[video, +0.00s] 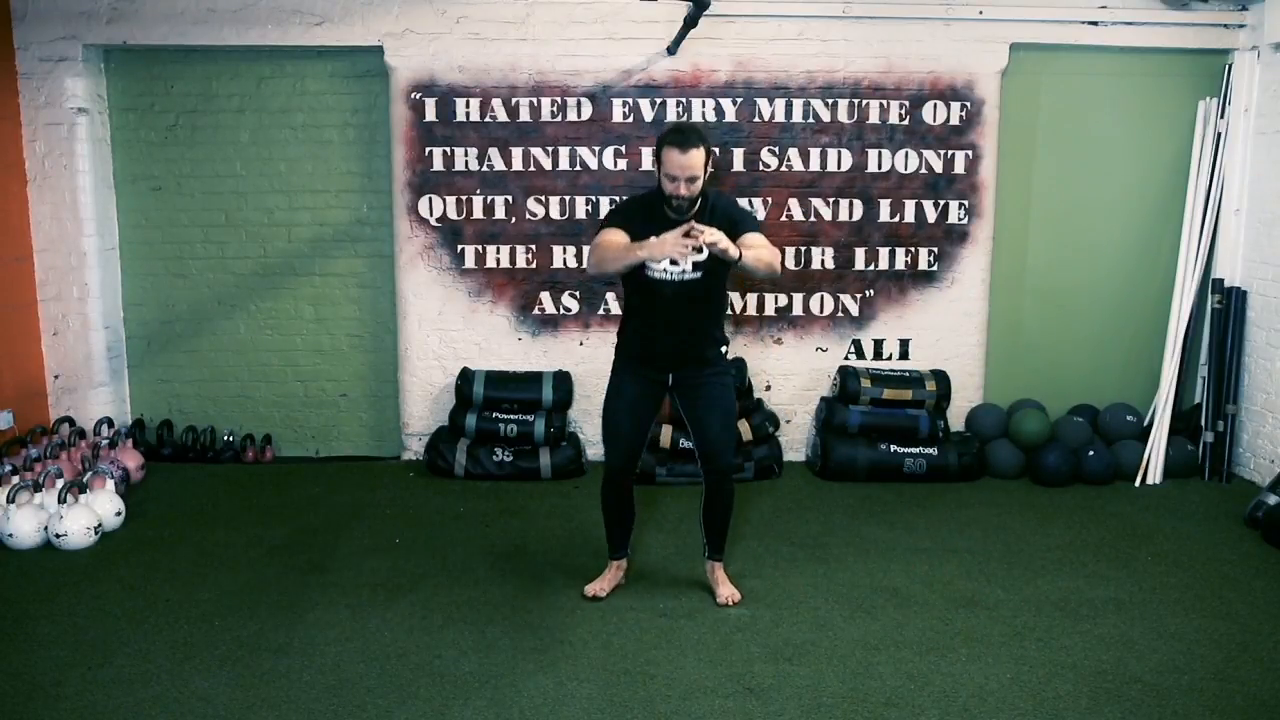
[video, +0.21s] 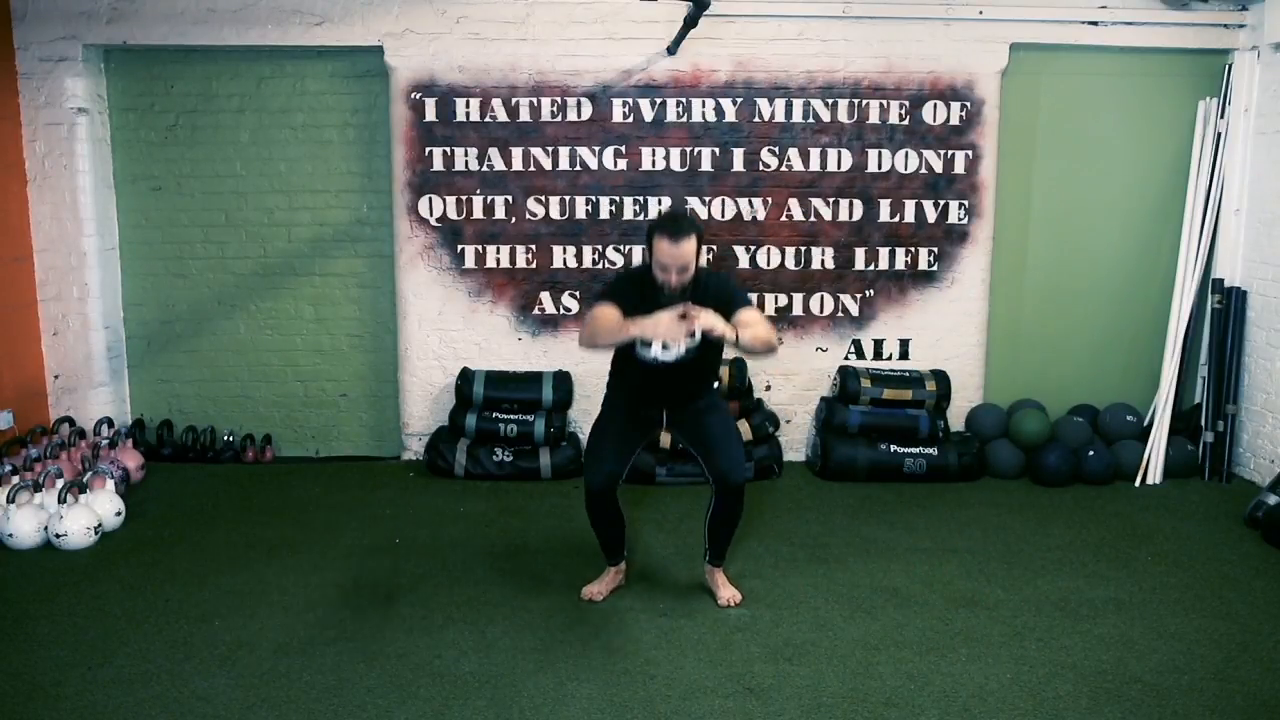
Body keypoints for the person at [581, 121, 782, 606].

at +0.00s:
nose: (680, 189)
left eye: (690, 179)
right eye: (671, 178)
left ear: (706, 170)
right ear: (658, 169)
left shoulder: (723, 210)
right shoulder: (638, 210)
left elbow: (773, 265)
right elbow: (597, 259)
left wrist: (731, 250)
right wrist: (651, 246)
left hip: (703, 362)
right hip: (638, 360)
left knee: (721, 464)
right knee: (618, 463)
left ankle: (715, 562)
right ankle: (617, 560)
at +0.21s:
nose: (672, 278)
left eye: (682, 269)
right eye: (664, 269)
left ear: (698, 256)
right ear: (650, 256)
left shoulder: (717, 288)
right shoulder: (629, 284)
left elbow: (767, 339)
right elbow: (590, 333)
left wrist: (728, 331)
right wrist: (646, 326)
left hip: (696, 400)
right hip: (631, 400)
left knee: (733, 476)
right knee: (597, 480)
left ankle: (715, 567)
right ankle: (615, 565)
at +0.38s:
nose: (668, 356)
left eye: (678, 347)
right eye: (659, 346)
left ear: (693, 332)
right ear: (646, 331)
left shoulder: (713, 353)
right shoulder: (628, 351)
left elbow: (759, 412)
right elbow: (589, 405)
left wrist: (725, 411)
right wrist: (639, 405)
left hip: (698, 439)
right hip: (635, 439)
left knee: (739, 486)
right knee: (592, 490)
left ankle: (715, 568)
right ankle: (615, 568)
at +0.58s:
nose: (667, 407)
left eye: (677, 397)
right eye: (657, 397)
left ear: (691, 381)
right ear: (641, 382)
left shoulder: (710, 404)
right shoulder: (624, 403)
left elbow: (757, 463)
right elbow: (589, 461)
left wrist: (726, 472)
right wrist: (639, 468)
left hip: (693, 495)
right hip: (638, 495)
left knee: (742, 494)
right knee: (590, 499)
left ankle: (713, 571)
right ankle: (616, 569)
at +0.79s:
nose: (667, 358)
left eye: (677, 348)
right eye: (657, 348)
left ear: (692, 337)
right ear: (645, 336)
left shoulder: (712, 361)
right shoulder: (630, 359)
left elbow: (760, 413)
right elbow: (589, 408)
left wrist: (721, 401)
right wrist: (645, 400)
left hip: (699, 452)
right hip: (635, 451)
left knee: (738, 491)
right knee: (598, 494)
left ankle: (713, 569)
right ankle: (617, 569)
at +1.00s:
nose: (670, 256)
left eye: (680, 247)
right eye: (661, 246)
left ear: (696, 238)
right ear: (649, 239)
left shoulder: (717, 273)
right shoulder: (633, 271)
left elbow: (763, 326)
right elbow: (587, 320)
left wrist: (722, 313)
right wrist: (645, 310)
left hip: (699, 388)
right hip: (637, 388)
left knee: (727, 473)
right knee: (610, 476)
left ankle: (713, 568)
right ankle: (618, 565)